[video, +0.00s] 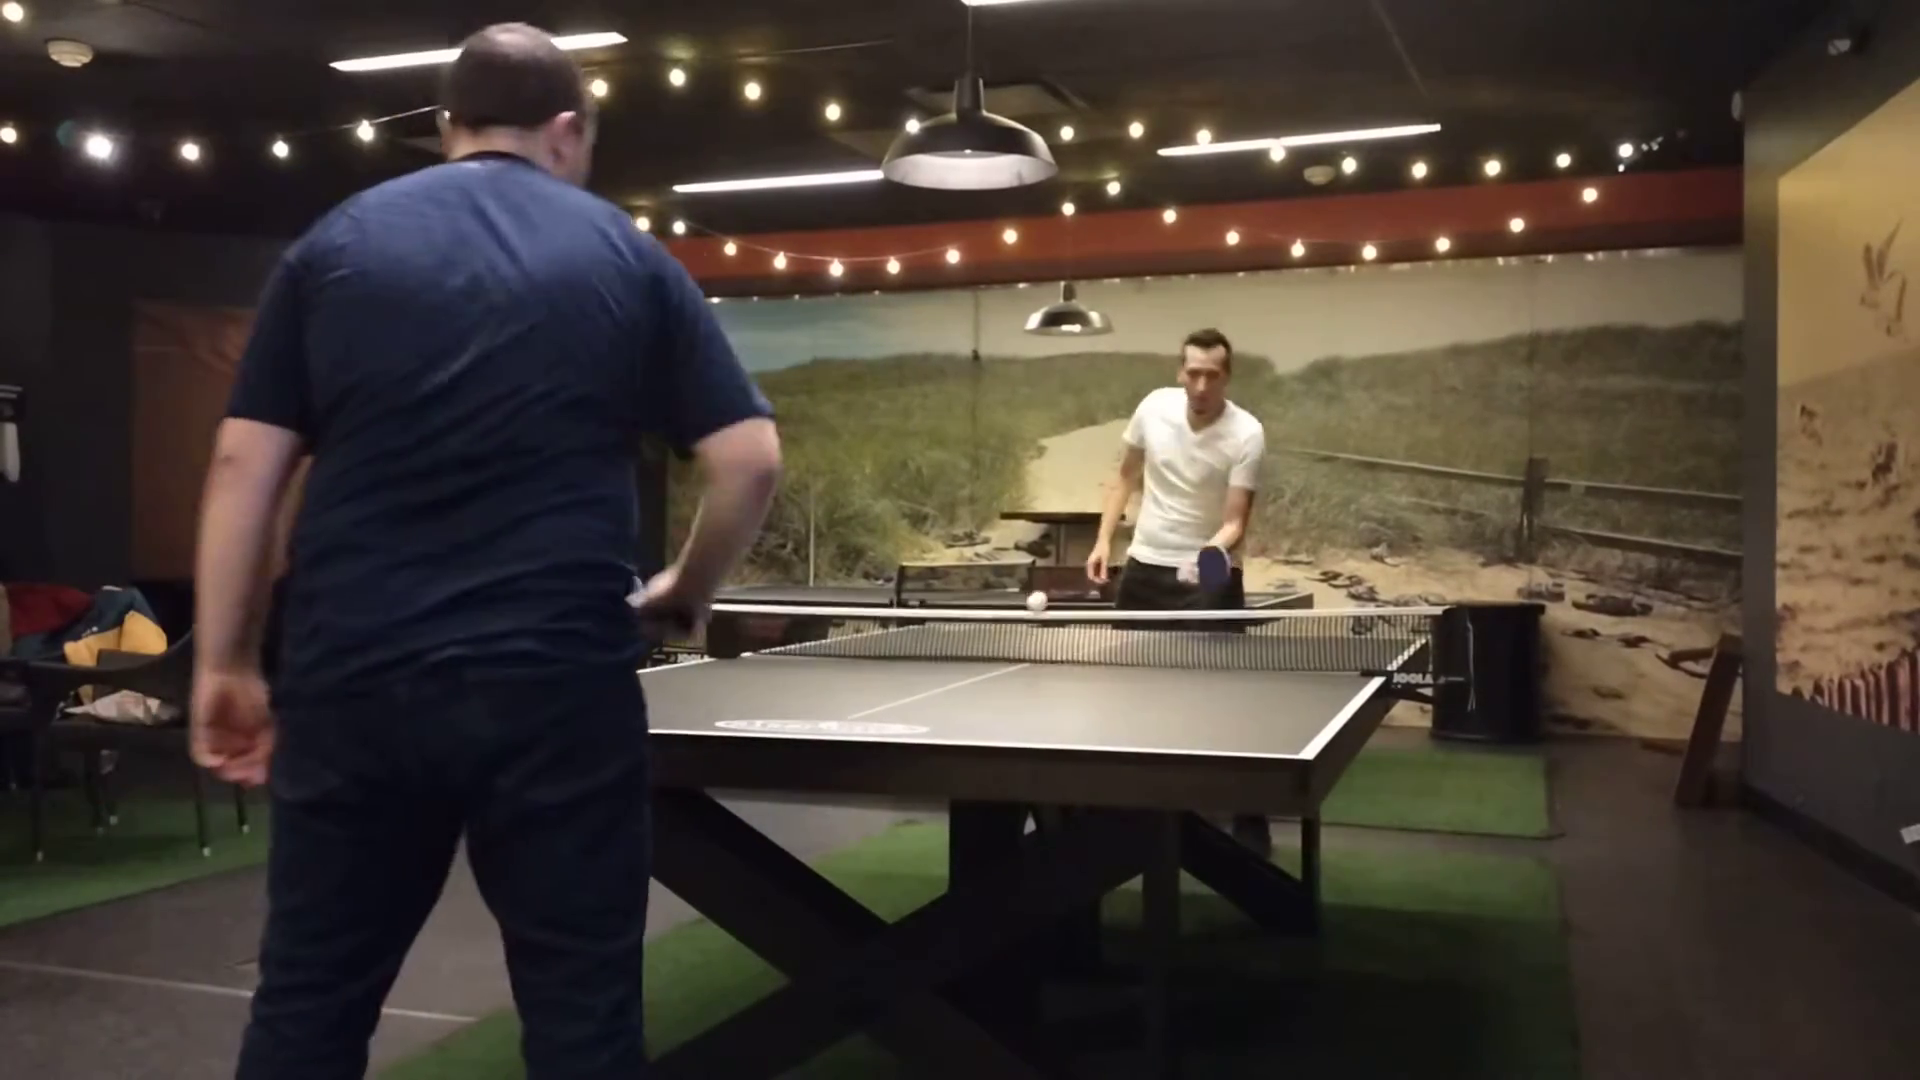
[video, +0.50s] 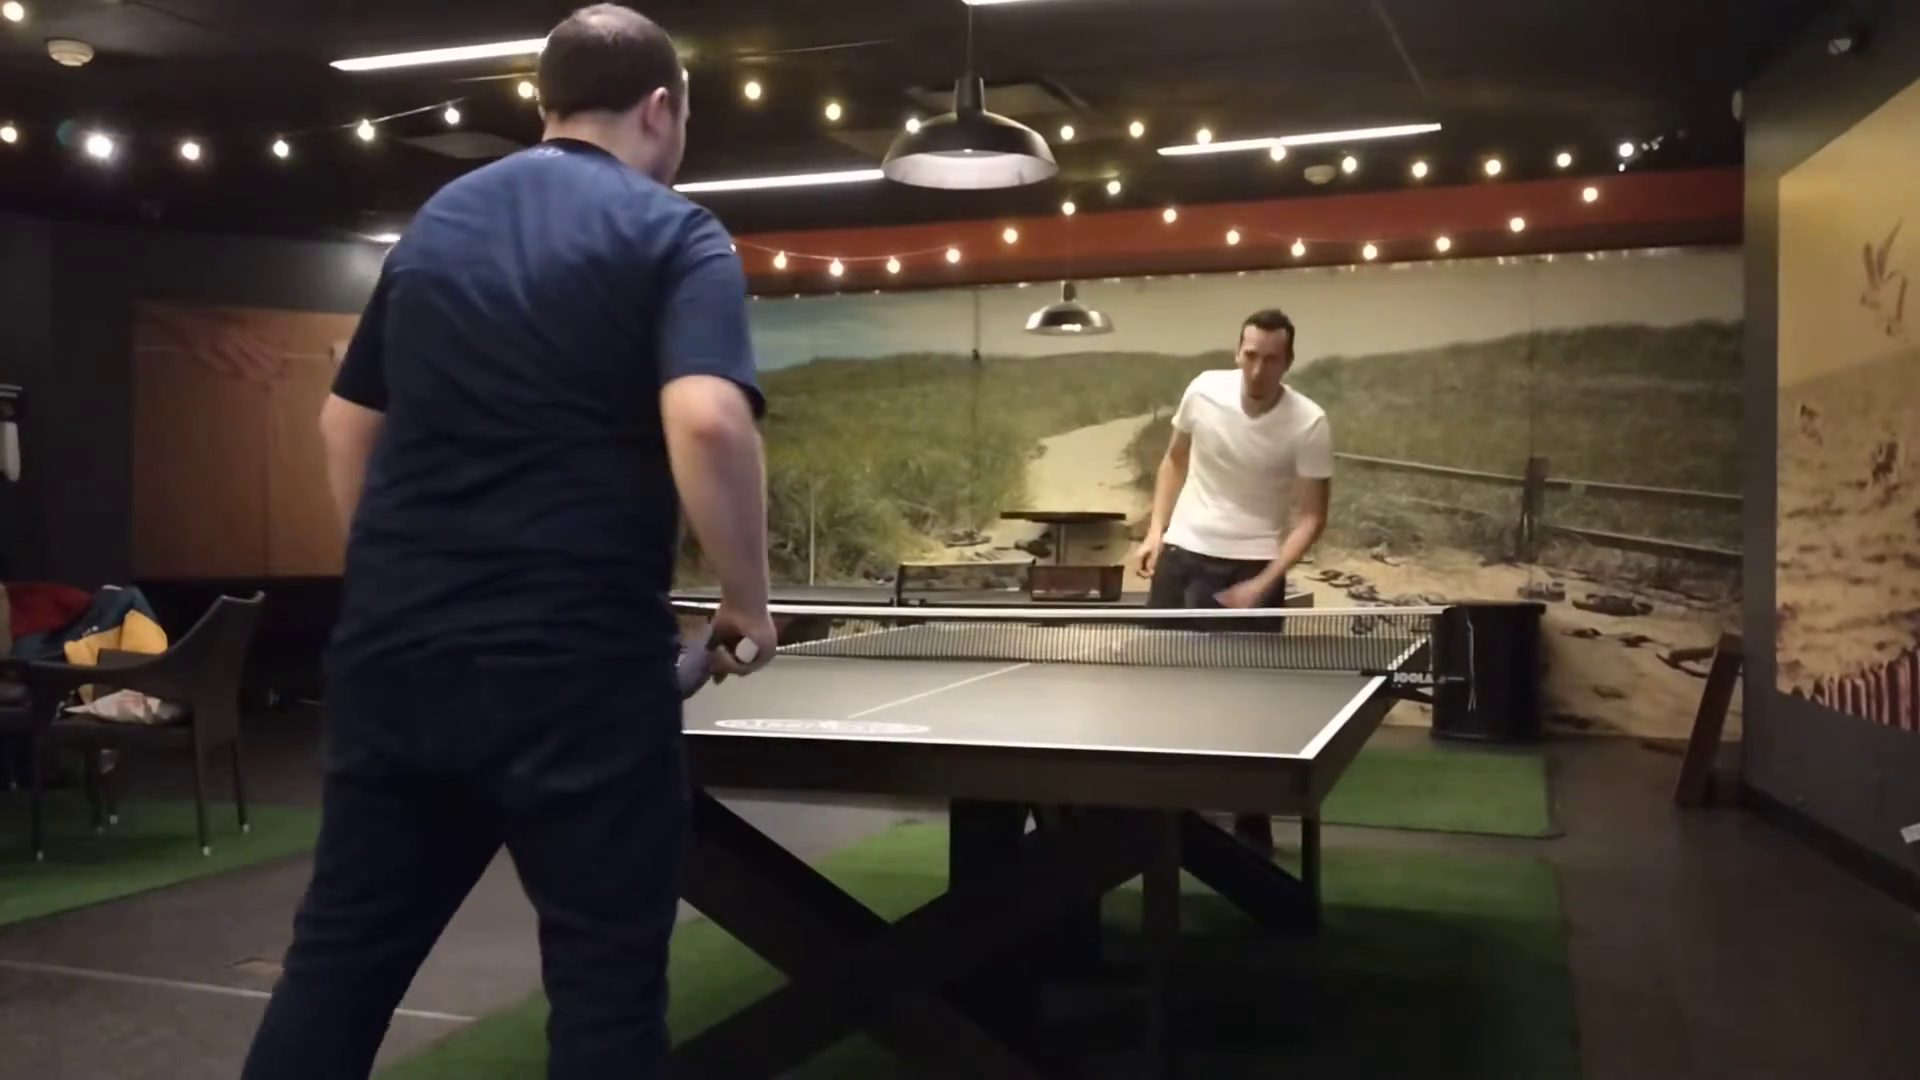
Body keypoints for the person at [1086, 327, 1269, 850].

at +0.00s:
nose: (1201, 386)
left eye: (1211, 376)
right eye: (1193, 374)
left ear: (1228, 377)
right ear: (1180, 372)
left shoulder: (1245, 434)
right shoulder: (1155, 406)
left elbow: (1236, 520)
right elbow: (1125, 479)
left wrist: (1214, 551)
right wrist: (1103, 543)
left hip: (1208, 582)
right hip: (1145, 575)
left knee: (1223, 693)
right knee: (1126, 684)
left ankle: (1246, 825)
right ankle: (1117, 812)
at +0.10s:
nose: (1212, 401)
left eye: (1224, 393)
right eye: (1205, 389)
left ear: (1241, 393)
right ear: (1194, 382)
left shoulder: (1254, 447)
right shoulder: (1168, 410)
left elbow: (1232, 530)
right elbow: (1141, 470)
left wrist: (1197, 565)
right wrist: (1111, 533)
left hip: (1216, 577)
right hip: (1152, 569)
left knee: (1227, 691)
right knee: (1130, 681)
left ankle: (1247, 827)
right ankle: (1119, 810)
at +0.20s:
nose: (1224, 410)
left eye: (1237, 402)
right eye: (1218, 397)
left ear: (1256, 402)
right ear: (1208, 389)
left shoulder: (1267, 451)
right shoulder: (1180, 411)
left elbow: (1239, 538)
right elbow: (1154, 464)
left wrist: (1200, 561)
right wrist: (1124, 534)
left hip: (1226, 576)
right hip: (1162, 566)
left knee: (1224, 691)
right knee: (1142, 679)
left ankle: (1241, 824)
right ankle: (1134, 807)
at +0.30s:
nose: (1239, 400)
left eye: (1252, 392)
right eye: (1233, 387)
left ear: (1271, 391)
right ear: (1222, 379)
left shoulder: (1285, 445)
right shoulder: (1192, 407)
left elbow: (1262, 535)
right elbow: (1168, 464)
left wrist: (1216, 563)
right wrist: (1143, 534)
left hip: (1238, 573)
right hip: (1172, 562)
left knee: (1238, 690)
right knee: (1142, 676)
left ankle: (1250, 820)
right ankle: (1132, 807)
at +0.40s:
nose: (1251, 385)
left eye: (1264, 376)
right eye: (1245, 371)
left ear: (1282, 377)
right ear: (1232, 365)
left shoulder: (1297, 433)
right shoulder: (1201, 397)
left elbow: (1291, 528)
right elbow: (1175, 464)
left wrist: (1236, 570)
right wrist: (1155, 533)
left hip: (1248, 574)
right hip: (1176, 563)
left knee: (1244, 691)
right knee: (1147, 678)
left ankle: (1251, 822)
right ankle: (1141, 812)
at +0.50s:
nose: (1256, 369)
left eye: (1269, 360)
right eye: (1250, 356)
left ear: (1288, 362)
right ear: (1237, 352)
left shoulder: (1307, 422)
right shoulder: (1205, 390)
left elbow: (1310, 517)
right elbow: (1175, 460)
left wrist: (1264, 582)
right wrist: (1156, 532)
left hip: (1252, 574)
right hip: (1180, 563)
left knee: (1248, 704)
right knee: (1164, 691)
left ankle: (1252, 837)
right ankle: (1159, 823)